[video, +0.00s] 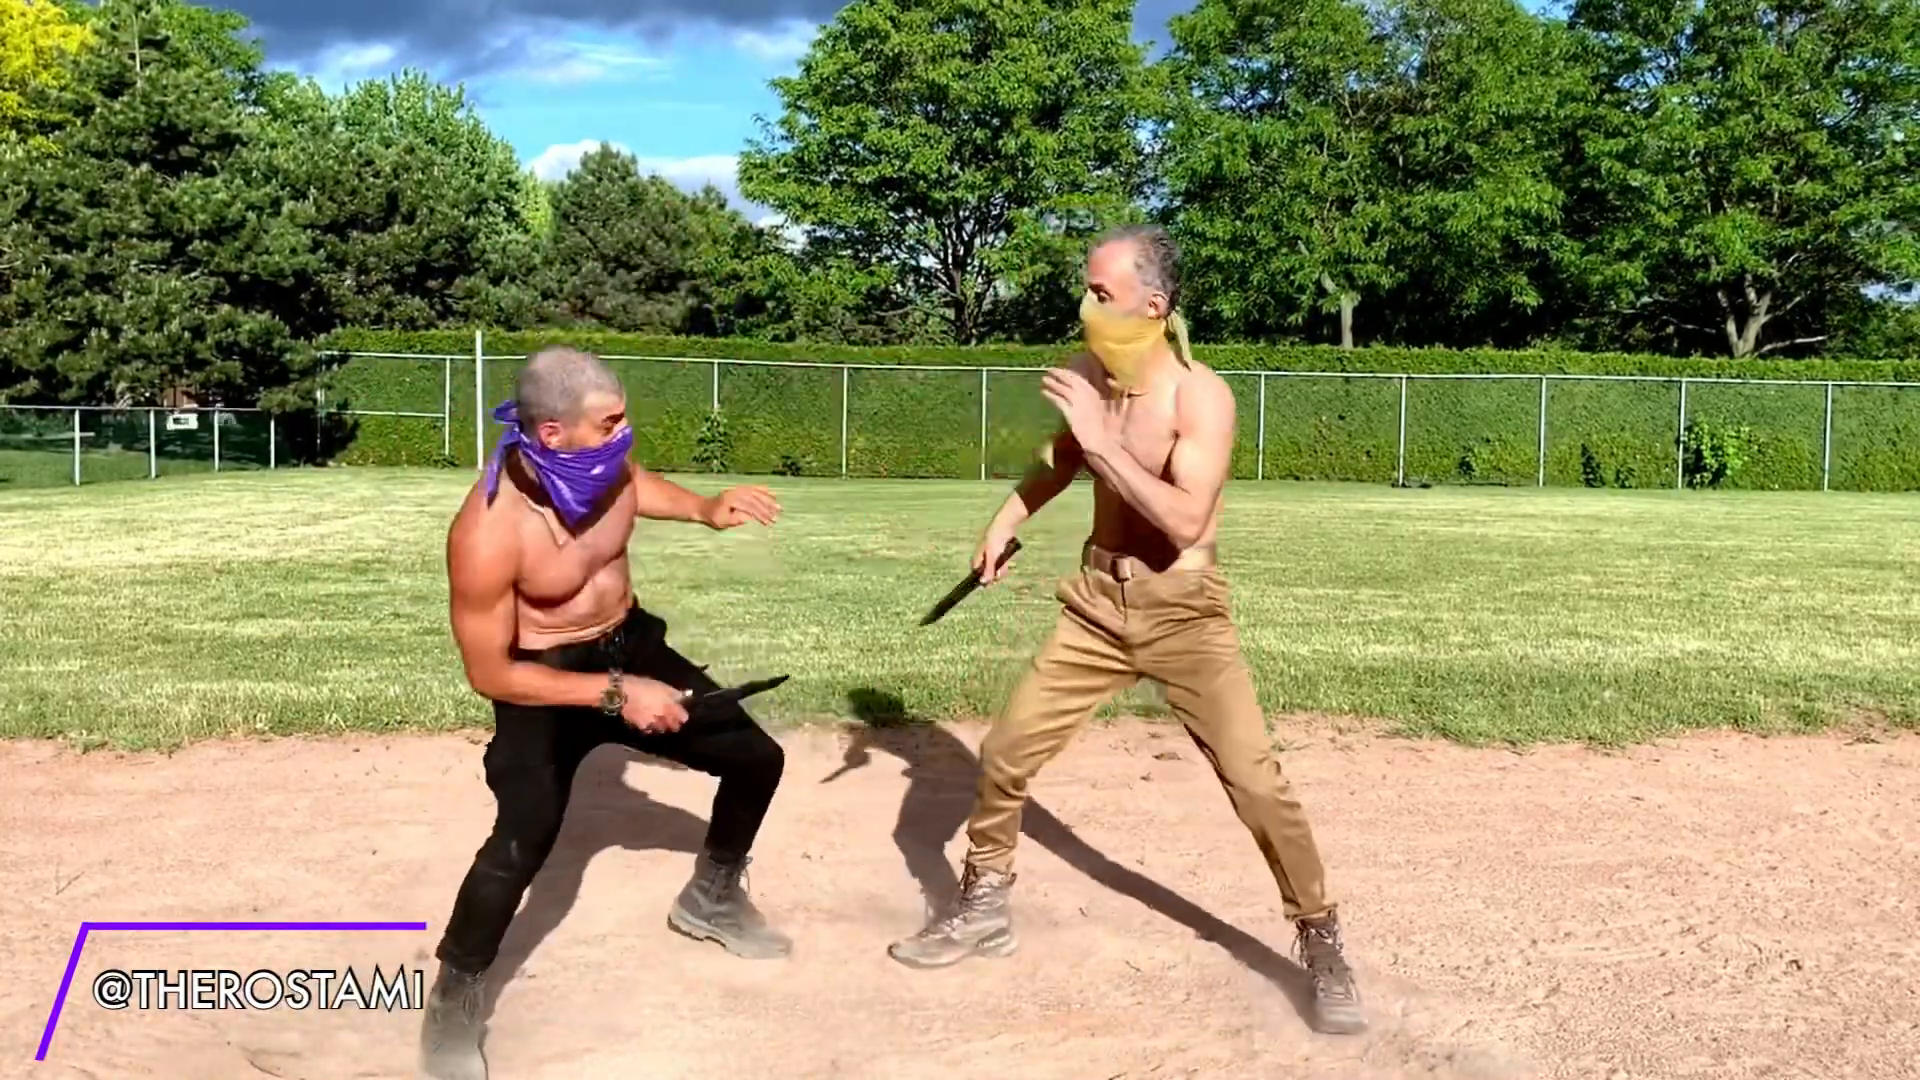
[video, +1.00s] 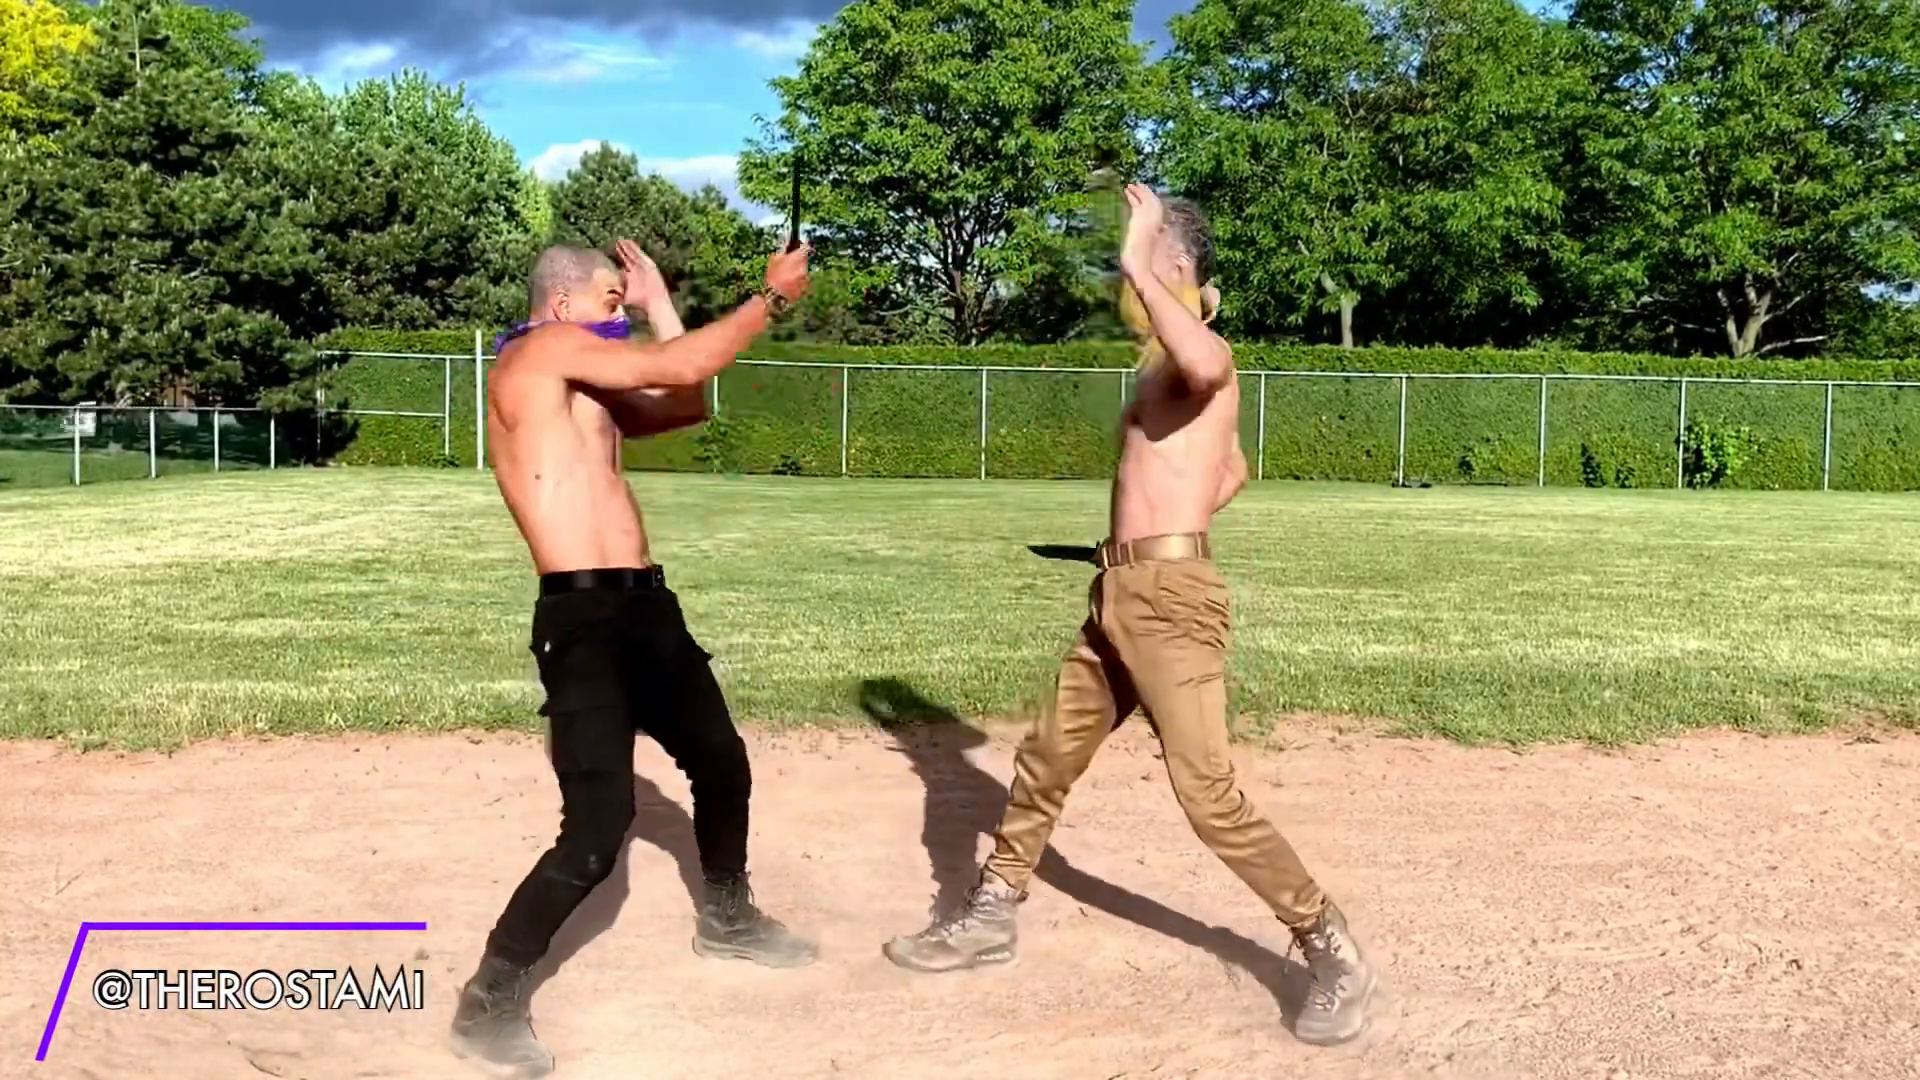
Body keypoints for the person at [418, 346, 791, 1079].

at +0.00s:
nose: (621, 438)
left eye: (622, 425)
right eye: (608, 429)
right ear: (549, 435)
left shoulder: (600, 465)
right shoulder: (488, 530)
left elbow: (628, 485)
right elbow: (489, 673)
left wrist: (704, 507)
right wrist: (616, 691)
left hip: (627, 650)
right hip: (543, 681)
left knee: (756, 761)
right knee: (523, 839)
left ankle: (713, 894)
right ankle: (455, 998)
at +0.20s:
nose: (692, 335)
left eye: (692, 322)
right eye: (682, 321)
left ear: (636, 329)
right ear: (631, 329)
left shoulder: (639, 406)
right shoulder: (556, 427)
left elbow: (633, 492)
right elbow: (484, 570)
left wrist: (701, 504)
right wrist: (593, 637)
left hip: (622, 621)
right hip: (540, 640)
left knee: (723, 765)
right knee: (535, 830)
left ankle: (707, 922)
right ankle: (451, 1001)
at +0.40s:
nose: (733, 315)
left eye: (734, 301)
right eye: (724, 299)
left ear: (678, 301)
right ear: (674, 302)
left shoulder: (666, 383)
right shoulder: (601, 388)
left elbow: (666, 467)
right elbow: (504, 513)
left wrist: (738, 423)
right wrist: (597, 588)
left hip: (631, 611)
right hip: (554, 618)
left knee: (729, 751)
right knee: (534, 817)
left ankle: (719, 915)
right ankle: (434, 998)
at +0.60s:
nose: (741, 336)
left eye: (745, 321)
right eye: (729, 320)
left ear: (714, 321)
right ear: (676, 321)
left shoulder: (725, 391)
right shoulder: (592, 395)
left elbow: (773, 465)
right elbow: (531, 524)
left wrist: (863, 501)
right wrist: (652, 542)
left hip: (660, 609)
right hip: (572, 612)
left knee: (751, 758)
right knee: (570, 794)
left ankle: (721, 919)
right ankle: (495, 988)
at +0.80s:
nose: (713, 325)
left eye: (716, 310)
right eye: (703, 308)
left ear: (668, 309)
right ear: (653, 307)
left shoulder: (688, 387)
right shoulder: (574, 391)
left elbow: (752, 445)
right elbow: (571, 534)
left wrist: (822, 378)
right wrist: (684, 489)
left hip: (654, 614)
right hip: (579, 618)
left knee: (744, 756)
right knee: (592, 813)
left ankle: (731, 915)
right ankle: (495, 992)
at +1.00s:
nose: (621, 320)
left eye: (622, 308)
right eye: (612, 304)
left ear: (564, 302)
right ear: (565, 297)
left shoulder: (578, 384)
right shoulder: (540, 351)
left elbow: (686, 406)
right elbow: (679, 366)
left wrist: (658, 303)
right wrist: (771, 296)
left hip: (647, 608)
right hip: (582, 617)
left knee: (721, 762)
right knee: (595, 834)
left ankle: (728, 915)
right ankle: (491, 1001)